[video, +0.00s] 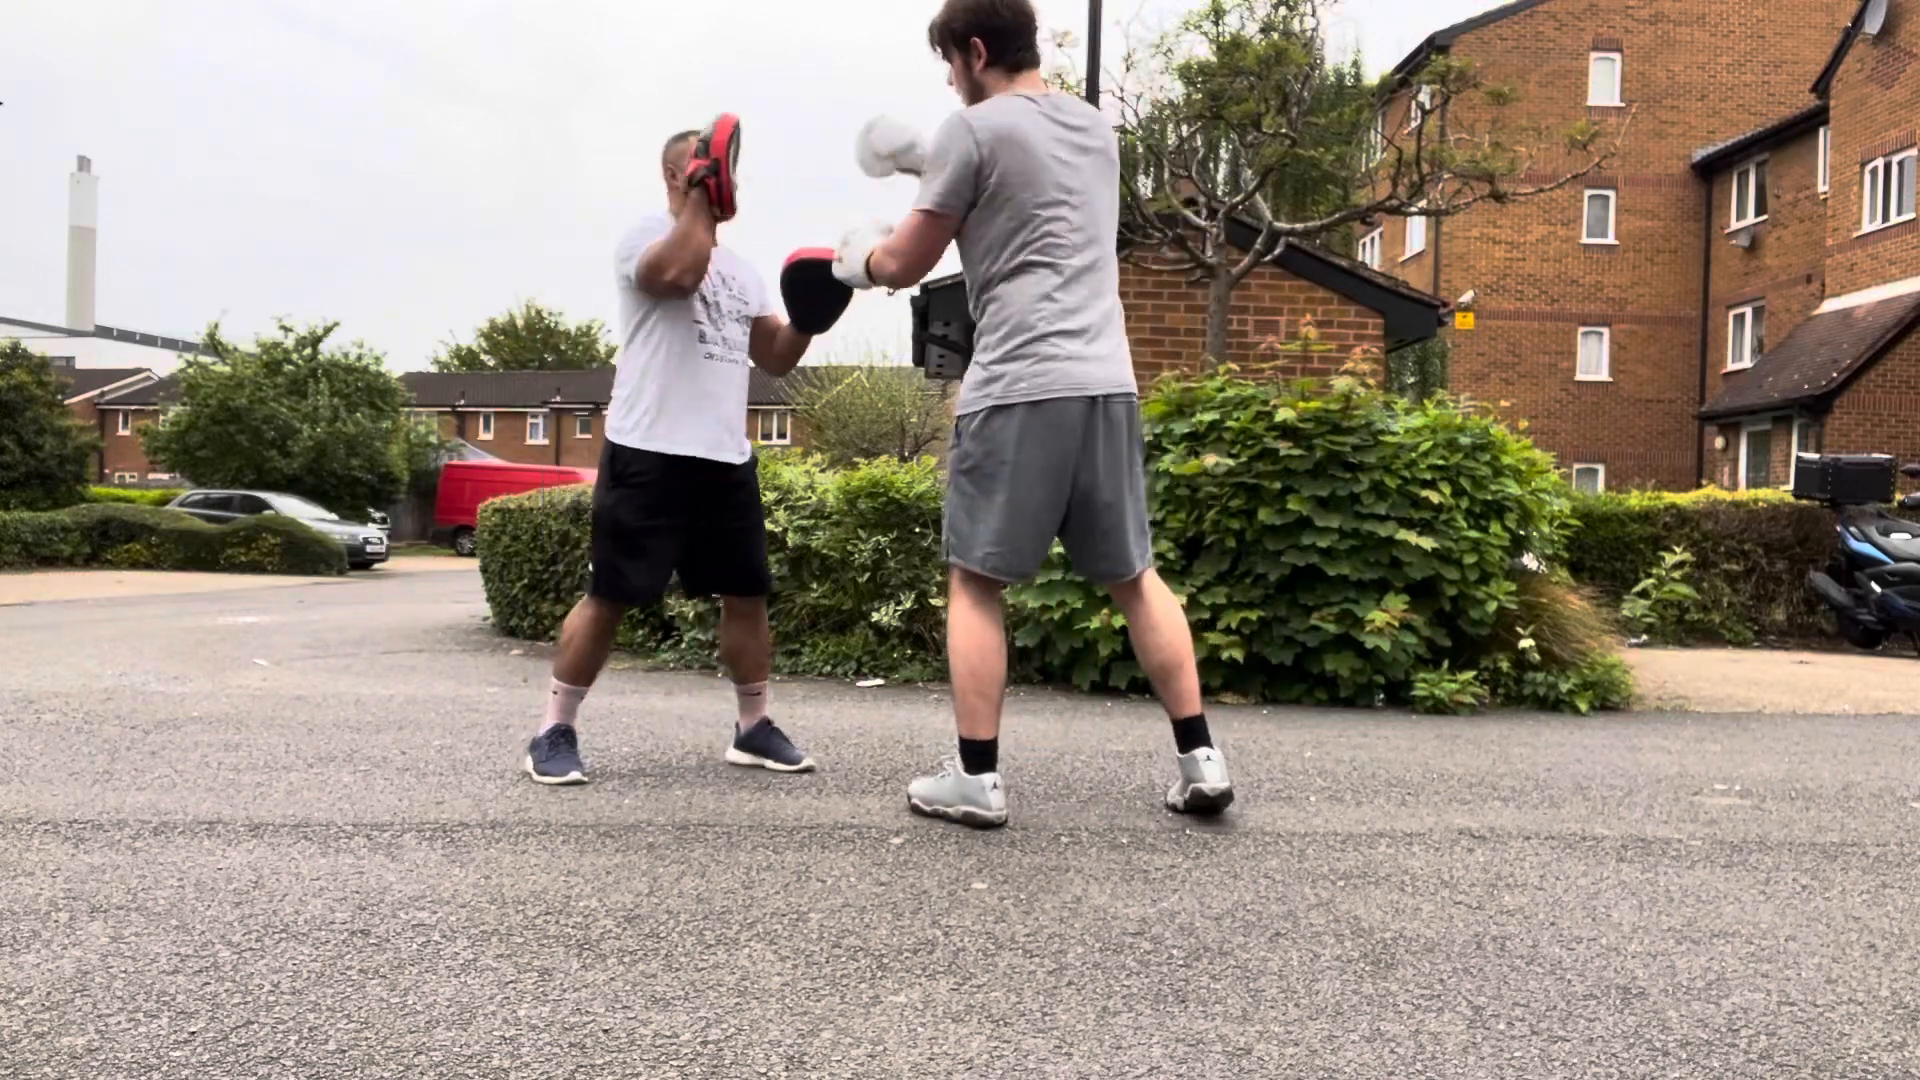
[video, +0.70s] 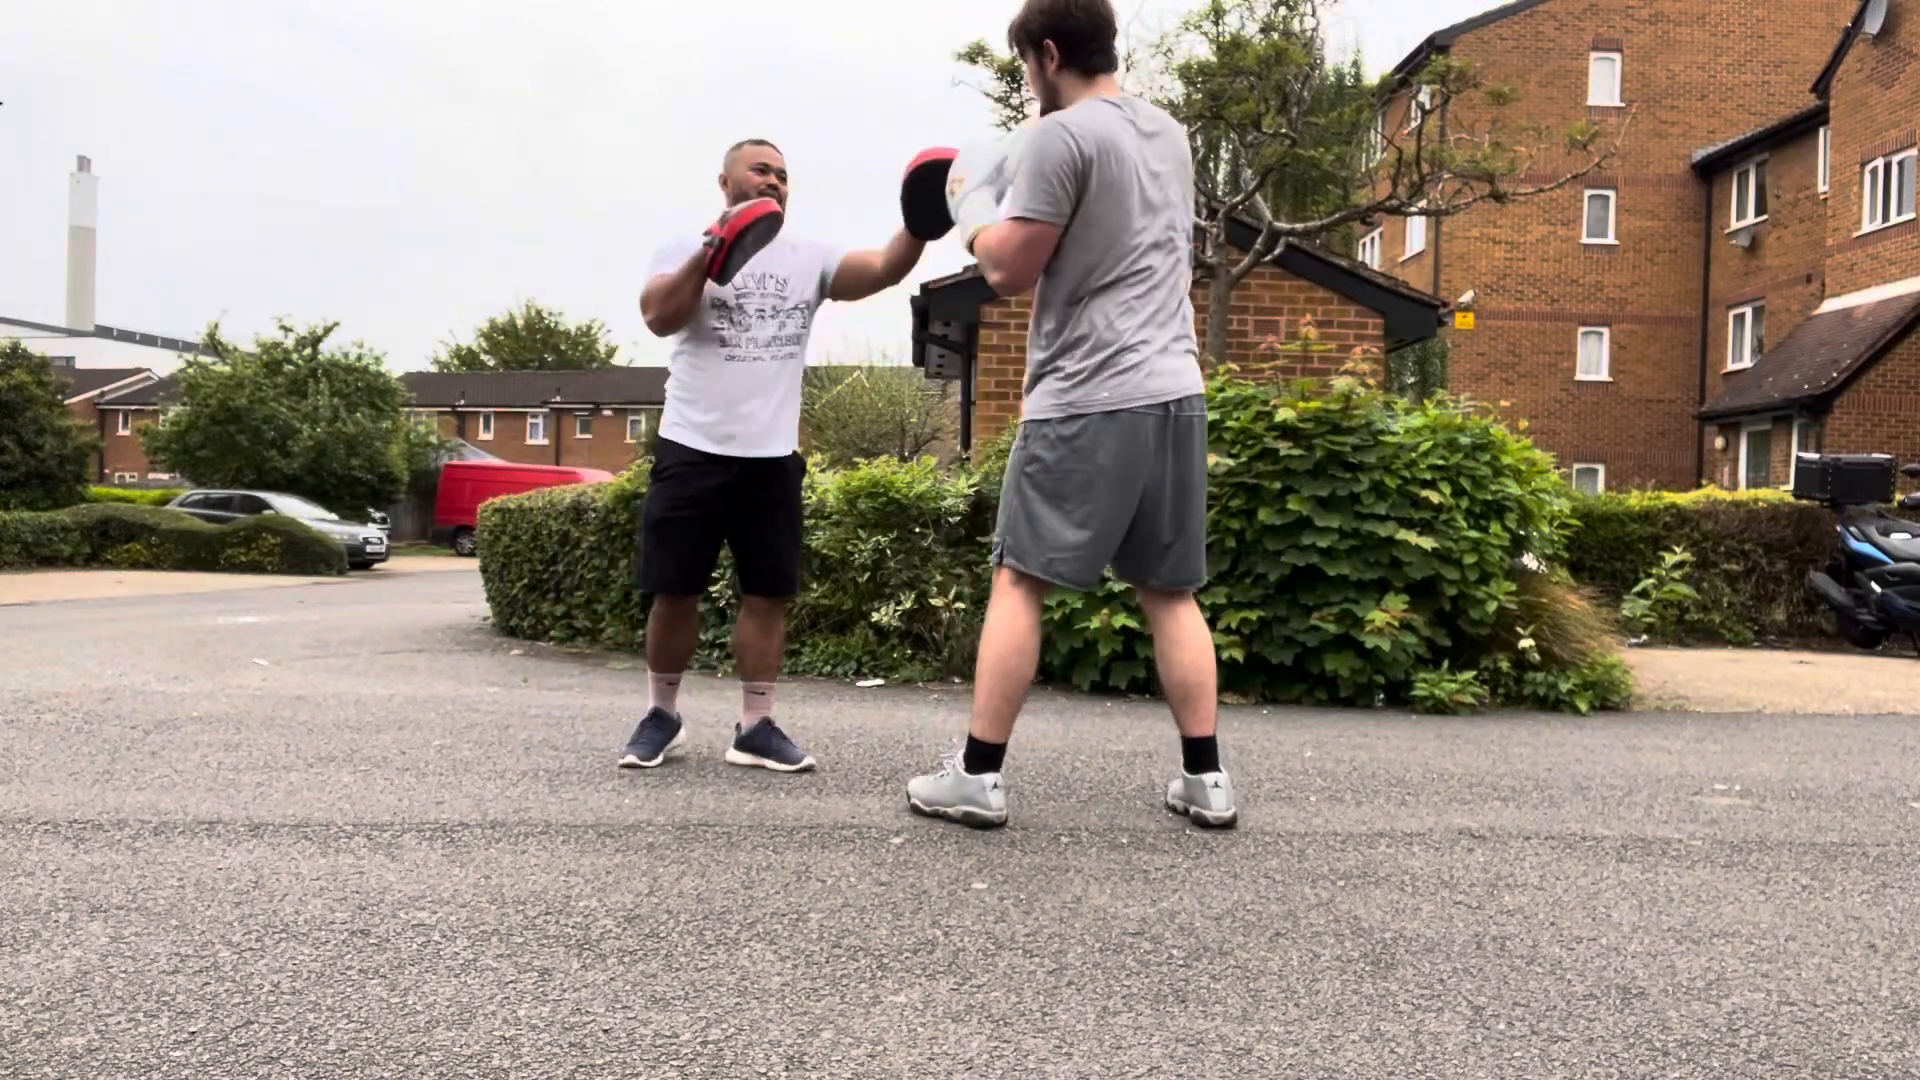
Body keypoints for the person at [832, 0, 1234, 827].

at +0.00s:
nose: (948, 79)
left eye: (948, 63)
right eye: (945, 65)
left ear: (973, 53)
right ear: (1029, 46)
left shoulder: (974, 128)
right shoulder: (1095, 124)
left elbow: (906, 260)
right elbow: (1035, 202)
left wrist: (873, 257)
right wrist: (941, 161)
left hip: (1016, 391)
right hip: (1111, 387)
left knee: (977, 583)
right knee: (1134, 574)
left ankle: (977, 778)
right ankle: (1201, 758)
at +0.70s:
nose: (1026, 79)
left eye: (1025, 65)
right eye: (1024, 64)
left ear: (1047, 56)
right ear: (1110, 50)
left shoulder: (1057, 137)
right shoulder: (1170, 132)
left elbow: (1010, 267)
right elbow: (1143, 238)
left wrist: (976, 216)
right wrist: (1044, 163)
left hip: (1081, 402)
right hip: (1177, 398)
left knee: (1019, 582)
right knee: (1170, 590)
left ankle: (977, 775)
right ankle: (1207, 779)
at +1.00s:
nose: (1124, 88)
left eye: (1124, 76)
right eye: (1126, 77)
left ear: (1143, 69)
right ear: (1206, 67)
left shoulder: (1107, 133)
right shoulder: (1270, 160)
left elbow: (1037, 249)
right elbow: (1246, 264)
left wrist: (1065, 209)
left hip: (1099, 408)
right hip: (1206, 409)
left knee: (1035, 575)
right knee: (1194, 596)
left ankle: (988, 764)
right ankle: (1207, 780)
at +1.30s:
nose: (1105, 92)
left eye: (1104, 80)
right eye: (1105, 80)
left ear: (1128, 67)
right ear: (1186, 65)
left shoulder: (1098, 137)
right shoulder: (1254, 151)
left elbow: (1027, 253)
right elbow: (1249, 252)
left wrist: (1081, 212)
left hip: (1102, 403)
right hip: (1208, 404)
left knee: (1037, 575)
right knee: (1198, 594)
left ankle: (987, 763)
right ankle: (1207, 780)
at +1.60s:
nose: (996, 108)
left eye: (997, 90)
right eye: (993, 90)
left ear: (1027, 79)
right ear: (1062, 72)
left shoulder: (1075, 155)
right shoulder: (1114, 132)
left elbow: (1043, 284)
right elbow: (996, 183)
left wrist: (976, 221)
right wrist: (885, 173)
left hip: (1107, 403)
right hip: (1185, 398)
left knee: (1024, 574)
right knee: (1171, 586)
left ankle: (981, 771)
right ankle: (1207, 778)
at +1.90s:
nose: (972, 122)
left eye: (968, 105)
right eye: (966, 107)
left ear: (992, 95)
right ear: (1039, 84)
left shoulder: (1057, 159)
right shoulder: (1091, 144)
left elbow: (1086, 291)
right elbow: (997, 241)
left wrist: (987, 301)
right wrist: (908, 261)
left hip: (1099, 406)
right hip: (1176, 396)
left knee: (1014, 571)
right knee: (1168, 581)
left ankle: (980, 773)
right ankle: (1206, 778)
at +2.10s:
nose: (1003, 110)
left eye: (999, 95)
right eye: (999, 97)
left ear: (1019, 81)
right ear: (1079, 69)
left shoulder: (1027, 159)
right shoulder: (1166, 133)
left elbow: (969, 294)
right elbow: (1190, 253)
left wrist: (905, 279)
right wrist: (1071, 279)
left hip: (1082, 400)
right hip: (1184, 391)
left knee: (1017, 577)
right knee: (1178, 587)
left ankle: (981, 774)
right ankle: (1209, 779)